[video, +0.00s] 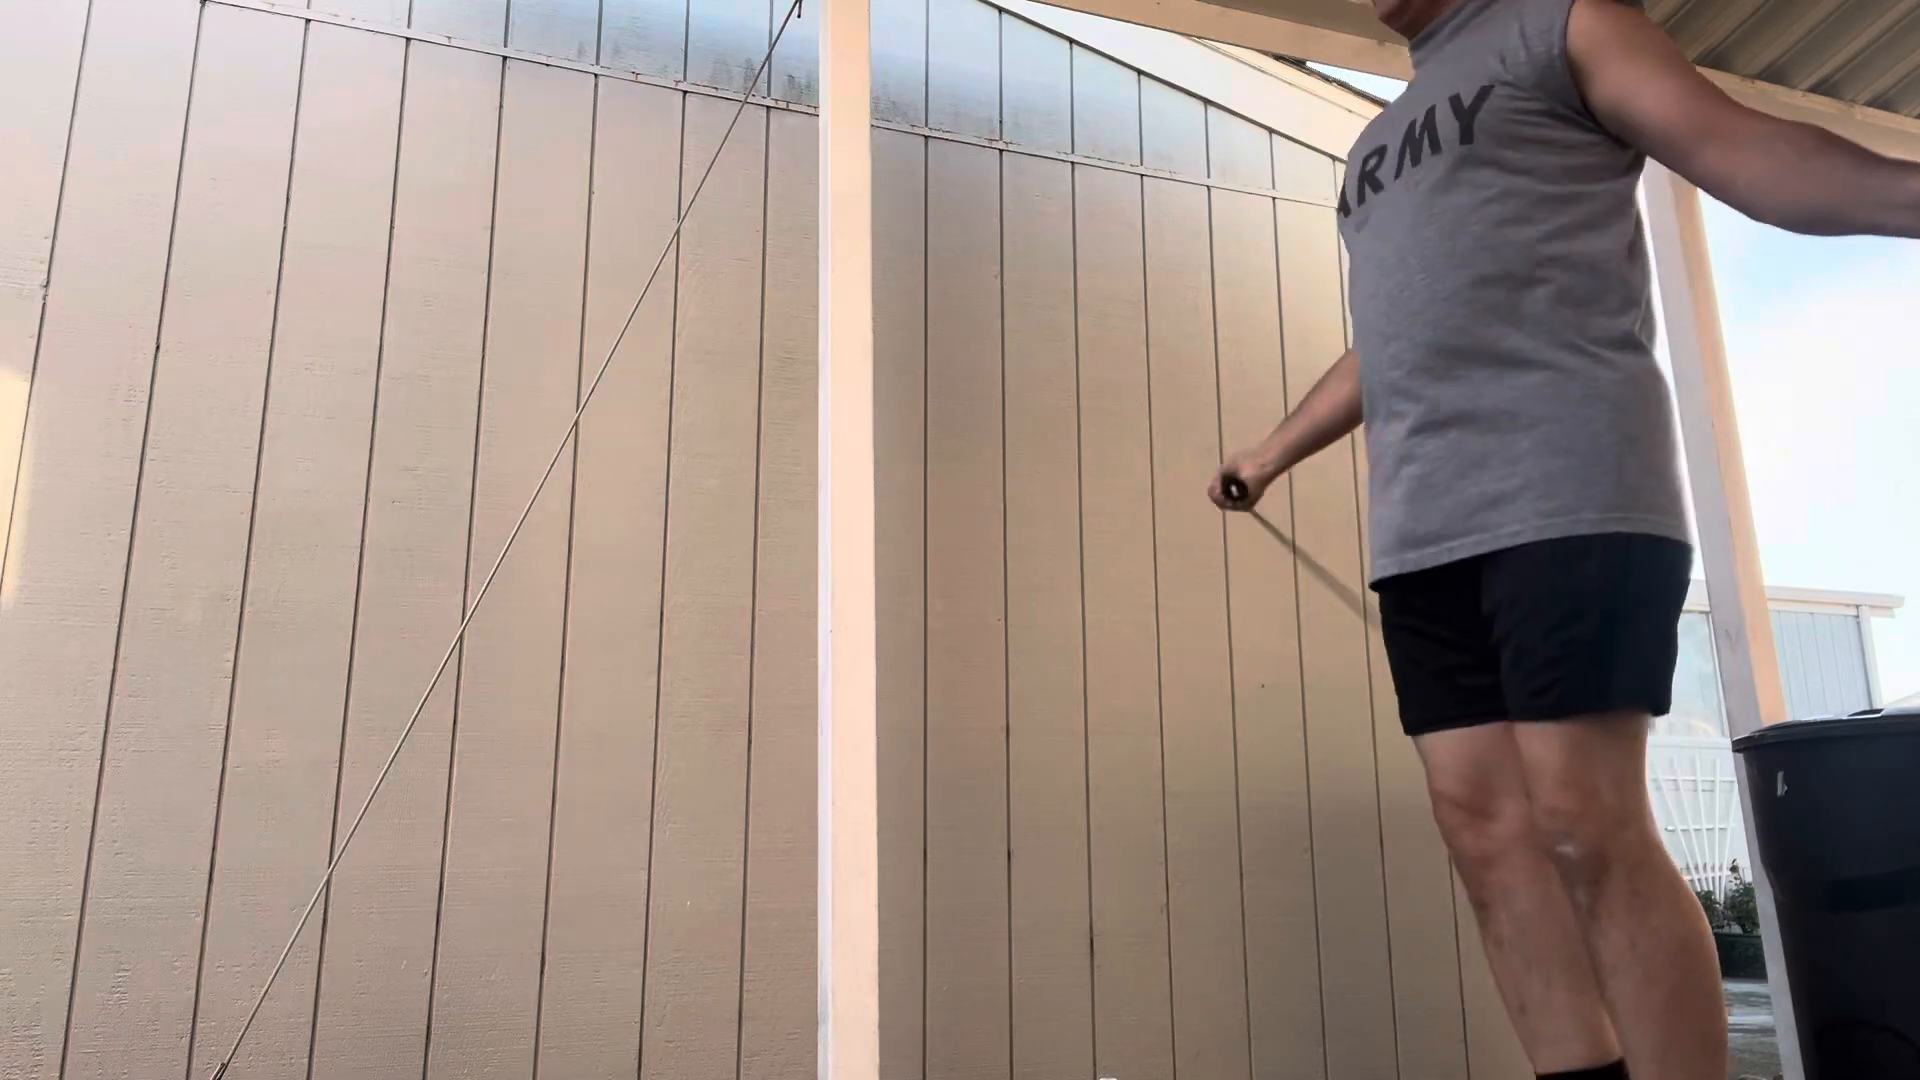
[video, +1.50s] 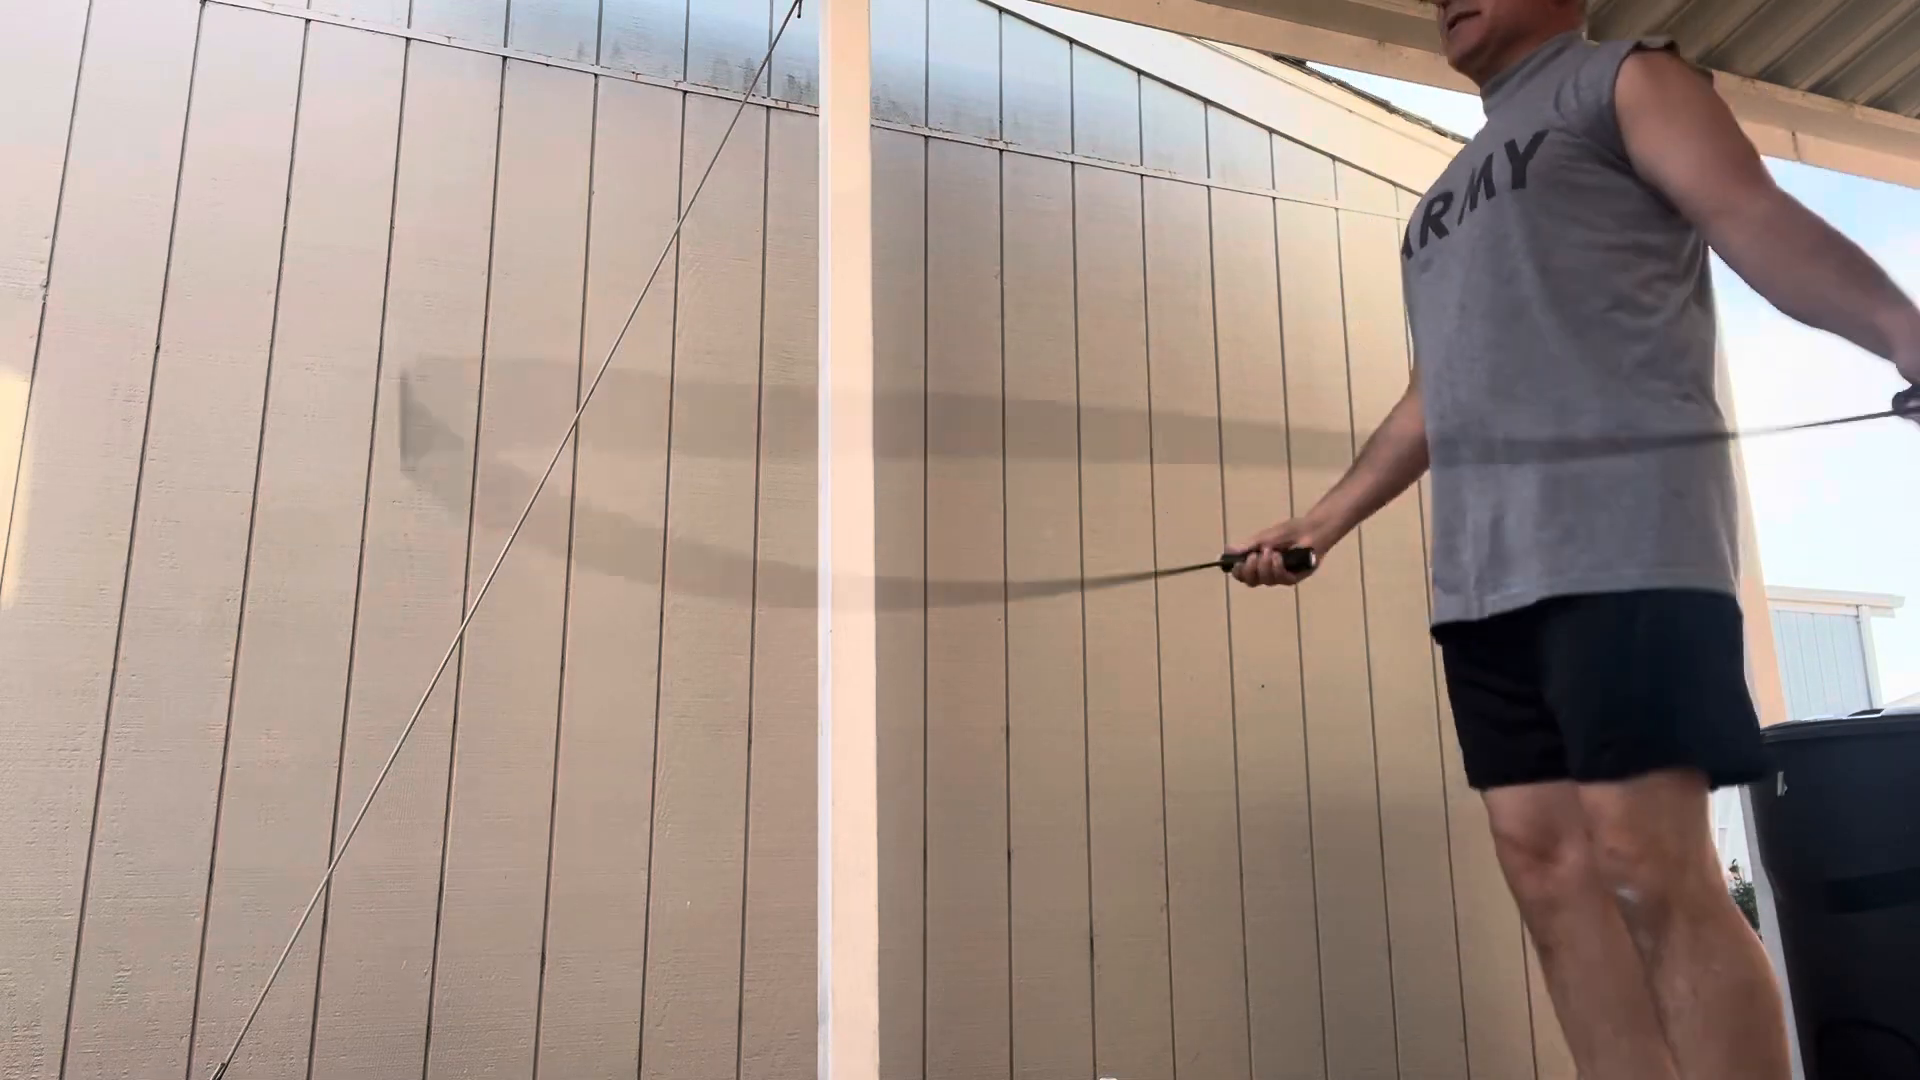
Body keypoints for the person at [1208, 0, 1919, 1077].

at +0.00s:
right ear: (1390, 1)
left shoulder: (1556, 24)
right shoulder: (1372, 148)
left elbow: (1728, 142)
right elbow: (1382, 349)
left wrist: (1904, 195)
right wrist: (1266, 456)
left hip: (1576, 484)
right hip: (1420, 519)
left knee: (1590, 821)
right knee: (1483, 831)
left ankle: (1682, 1065)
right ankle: (1586, 1065)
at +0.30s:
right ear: (1403, 3)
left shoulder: (1569, 23)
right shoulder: (1390, 146)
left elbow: (1727, 146)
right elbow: (1394, 343)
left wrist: (1914, 236)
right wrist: (1273, 473)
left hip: (1592, 480)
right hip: (1439, 511)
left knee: (1601, 819)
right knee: (1498, 817)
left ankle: (1692, 1065)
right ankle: (1588, 1061)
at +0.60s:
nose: (1417, 24)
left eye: (1447, 1)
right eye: (1410, 16)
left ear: (1534, 15)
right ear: (1416, 57)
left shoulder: (1602, 127)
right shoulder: (1419, 239)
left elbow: (1749, 270)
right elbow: (1407, 432)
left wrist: (1877, 381)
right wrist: (1257, 506)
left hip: (1607, 607)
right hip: (1455, 628)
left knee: (1618, 941)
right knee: (1502, 931)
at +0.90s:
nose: (1415, 5)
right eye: (1407, 2)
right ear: (1414, 48)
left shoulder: (1610, 84)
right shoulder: (1415, 204)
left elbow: (1775, 214)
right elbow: (1424, 395)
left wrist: (1917, 264)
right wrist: (1268, 465)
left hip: (1625, 538)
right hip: (1461, 567)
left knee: (1646, 894)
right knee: (1517, 886)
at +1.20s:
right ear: (1425, 9)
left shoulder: (1602, 25)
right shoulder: (1425, 154)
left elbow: (1766, 132)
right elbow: (1431, 347)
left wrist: (1915, 187)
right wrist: (1318, 464)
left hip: (1624, 470)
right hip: (1467, 503)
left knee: (1629, 814)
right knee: (1532, 818)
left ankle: (1734, 1069)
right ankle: (1631, 1064)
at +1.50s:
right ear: (1447, 33)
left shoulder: (1627, 77)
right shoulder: (1441, 202)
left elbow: (1753, 218)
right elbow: (1437, 394)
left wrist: (1908, 337)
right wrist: (1319, 523)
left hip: (1626, 535)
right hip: (1479, 562)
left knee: (1652, 858)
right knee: (1541, 864)